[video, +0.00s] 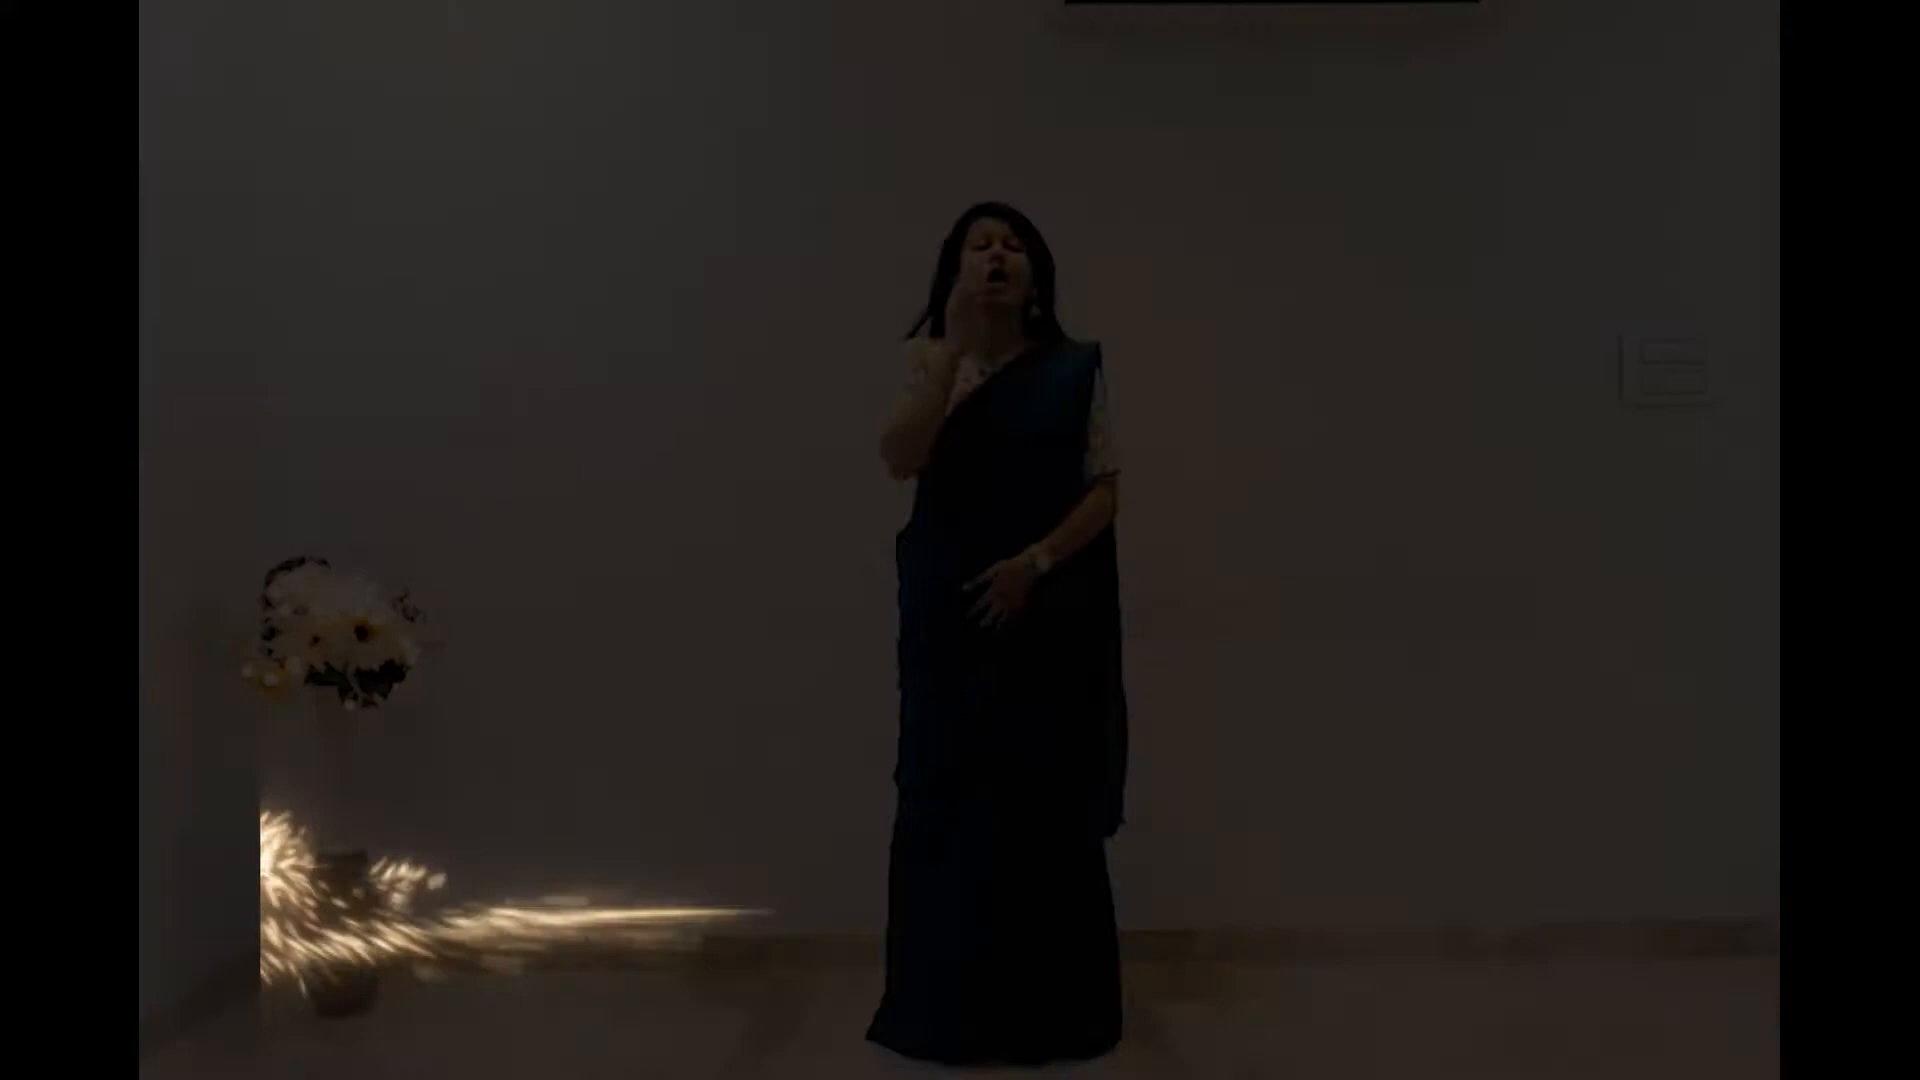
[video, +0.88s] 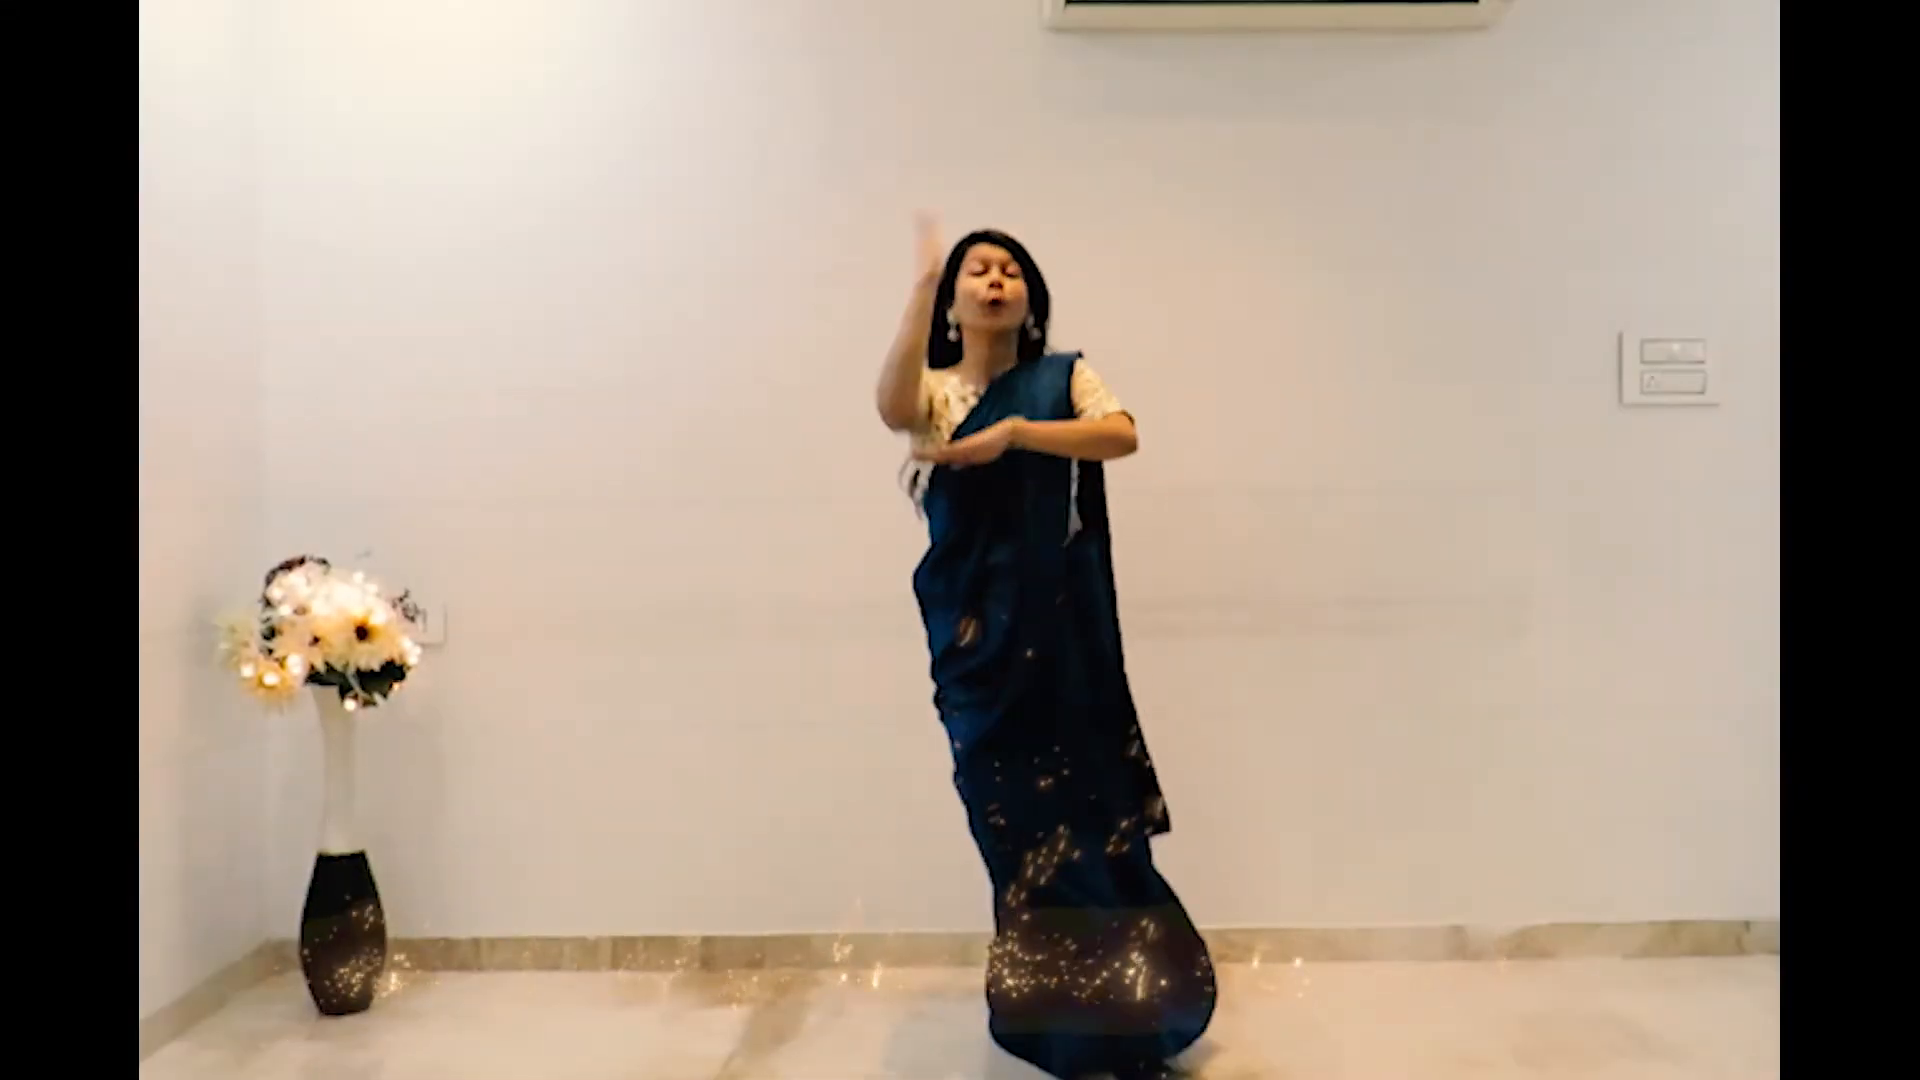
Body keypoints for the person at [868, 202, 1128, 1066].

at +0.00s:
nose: (998, 258)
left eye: (1014, 248)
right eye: (981, 247)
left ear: (1037, 275)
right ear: (952, 271)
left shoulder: (1076, 367)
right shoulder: (928, 359)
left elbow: (1106, 492)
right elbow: (900, 457)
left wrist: (1035, 562)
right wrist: (951, 353)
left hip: (1054, 626)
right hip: (947, 625)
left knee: (1050, 814)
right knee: (948, 811)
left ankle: (1052, 1010)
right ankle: (945, 1010)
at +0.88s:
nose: (995, 281)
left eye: (1010, 273)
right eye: (979, 273)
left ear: (1030, 302)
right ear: (950, 301)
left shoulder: (1064, 374)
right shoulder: (931, 391)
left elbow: (1120, 434)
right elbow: (892, 405)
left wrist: (1013, 434)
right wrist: (923, 300)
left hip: (1066, 628)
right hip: (974, 634)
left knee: (1089, 812)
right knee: (1010, 818)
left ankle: (1122, 1002)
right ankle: (1052, 1006)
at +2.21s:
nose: (953, 317)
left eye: (964, 305)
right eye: (957, 303)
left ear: (996, 318)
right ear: (1012, 316)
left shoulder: (1029, 391)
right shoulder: (976, 408)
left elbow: (1068, 482)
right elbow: (869, 491)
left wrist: (974, 550)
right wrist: (877, 469)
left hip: (1007, 652)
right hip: (952, 652)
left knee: (1028, 832)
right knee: (926, 817)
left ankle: (1161, 1019)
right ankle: (983, 987)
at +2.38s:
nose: (988, 238)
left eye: (1007, 228)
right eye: (978, 224)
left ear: (1038, 247)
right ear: (958, 239)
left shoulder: (1072, 327)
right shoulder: (929, 327)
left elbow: (1164, 403)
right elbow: (848, 284)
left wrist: (1082, 462)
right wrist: (971, 281)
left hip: (1039, 572)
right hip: (944, 572)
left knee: (1060, 766)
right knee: (953, 767)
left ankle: (1092, 965)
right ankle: (975, 956)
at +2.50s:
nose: (1003, 252)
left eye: (1019, 243)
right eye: (988, 240)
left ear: (1042, 268)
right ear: (957, 260)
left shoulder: (1067, 345)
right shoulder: (929, 332)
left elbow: (1148, 424)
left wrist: (1114, 476)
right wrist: (1075, 323)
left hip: (1066, 576)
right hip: (976, 583)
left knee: (1070, 768)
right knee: (1005, 784)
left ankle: (1023, 972)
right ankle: (1004, 1012)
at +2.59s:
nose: (1014, 290)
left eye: (1028, 282)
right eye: (997, 277)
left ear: (1045, 308)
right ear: (962, 296)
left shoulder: (1038, 386)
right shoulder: (957, 391)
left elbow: (1092, 466)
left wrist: (1103, 510)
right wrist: (1084, 404)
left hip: (1056, 622)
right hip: (1002, 633)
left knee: (1081, 807)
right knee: (1052, 810)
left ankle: (1031, 1009)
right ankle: (1019, 1023)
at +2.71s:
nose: (1026, 298)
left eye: (1039, 290)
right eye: (1010, 283)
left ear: (1047, 317)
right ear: (974, 298)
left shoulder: (1016, 387)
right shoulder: (970, 377)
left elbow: (1029, 488)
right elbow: (1055, 461)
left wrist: (1077, 528)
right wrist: (1098, 385)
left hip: (1048, 617)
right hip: (1018, 624)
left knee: (1072, 803)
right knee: (1074, 805)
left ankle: (1036, 1003)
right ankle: (1034, 1030)